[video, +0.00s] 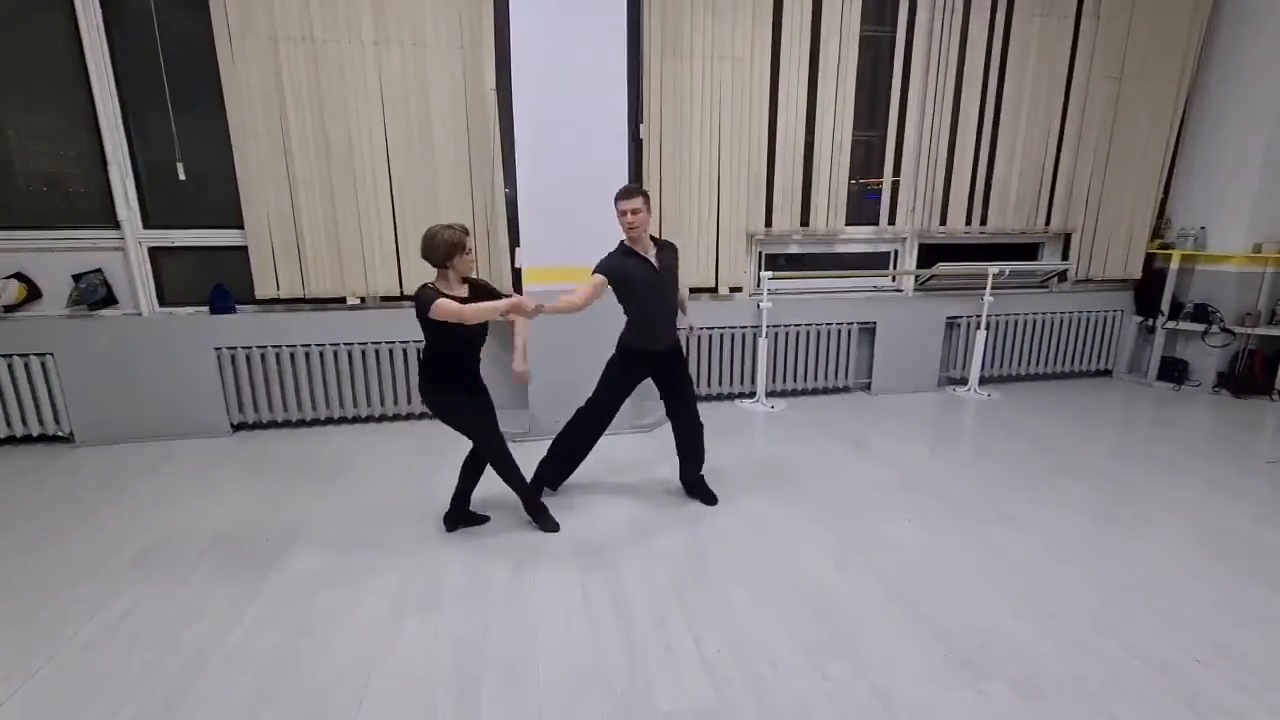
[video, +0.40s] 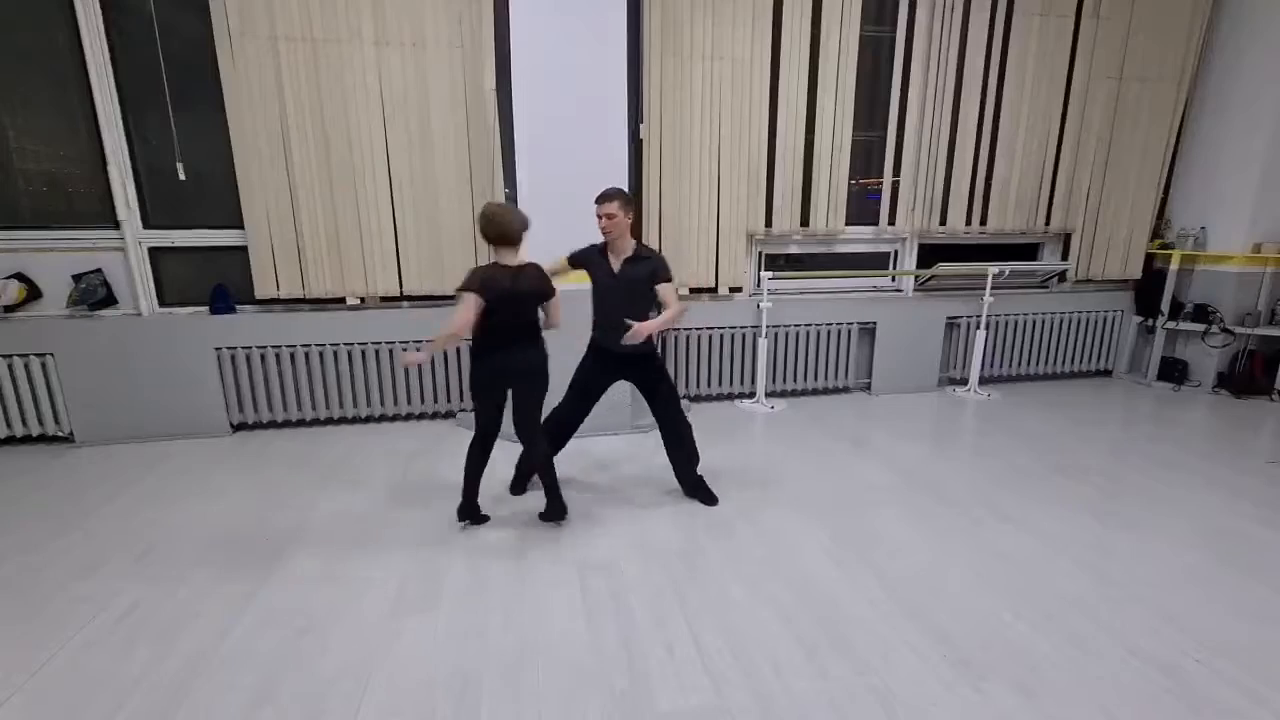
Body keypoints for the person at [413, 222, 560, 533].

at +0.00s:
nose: (473, 257)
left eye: (472, 250)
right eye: (467, 252)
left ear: (458, 258)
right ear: (448, 260)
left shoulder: (478, 288)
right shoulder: (427, 296)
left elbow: (519, 310)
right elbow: (464, 315)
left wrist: (519, 355)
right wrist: (507, 306)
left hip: (470, 380)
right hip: (438, 386)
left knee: (487, 439)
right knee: (488, 436)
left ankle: (458, 510)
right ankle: (531, 502)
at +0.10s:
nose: (480, 256)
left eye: (478, 250)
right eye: (475, 251)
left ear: (460, 258)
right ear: (457, 259)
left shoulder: (478, 289)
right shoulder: (441, 301)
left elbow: (501, 318)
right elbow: (489, 321)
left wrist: (523, 348)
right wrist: (541, 318)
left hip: (472, 383)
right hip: (448, 388)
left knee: (485, 440)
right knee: (508, 432)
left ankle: (457, 510)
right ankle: (532, 502)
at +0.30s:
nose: (506, 248)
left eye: (504, 242)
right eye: (503, 243)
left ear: (468, 248)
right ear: (492, 248)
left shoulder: (450, 285)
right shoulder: (510, 287)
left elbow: (413, 315)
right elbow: (551, 319)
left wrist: (392, 336)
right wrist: (576, 334)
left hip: (466, 379)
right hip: (503, 379)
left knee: (484, 436)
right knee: (538, 433)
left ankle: (461, 507)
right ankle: (552, 507)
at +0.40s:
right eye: (523, 231)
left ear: (487, 238)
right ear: (522, 236)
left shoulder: (479, 277)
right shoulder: (535, 274)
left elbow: (461, 327)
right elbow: (554, 321)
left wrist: (426, 352)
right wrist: (528, 322)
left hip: (489, 367)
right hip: (530, 365)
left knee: (485, 433)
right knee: (530, 427)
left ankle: (469, 503)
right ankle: (555, 501)